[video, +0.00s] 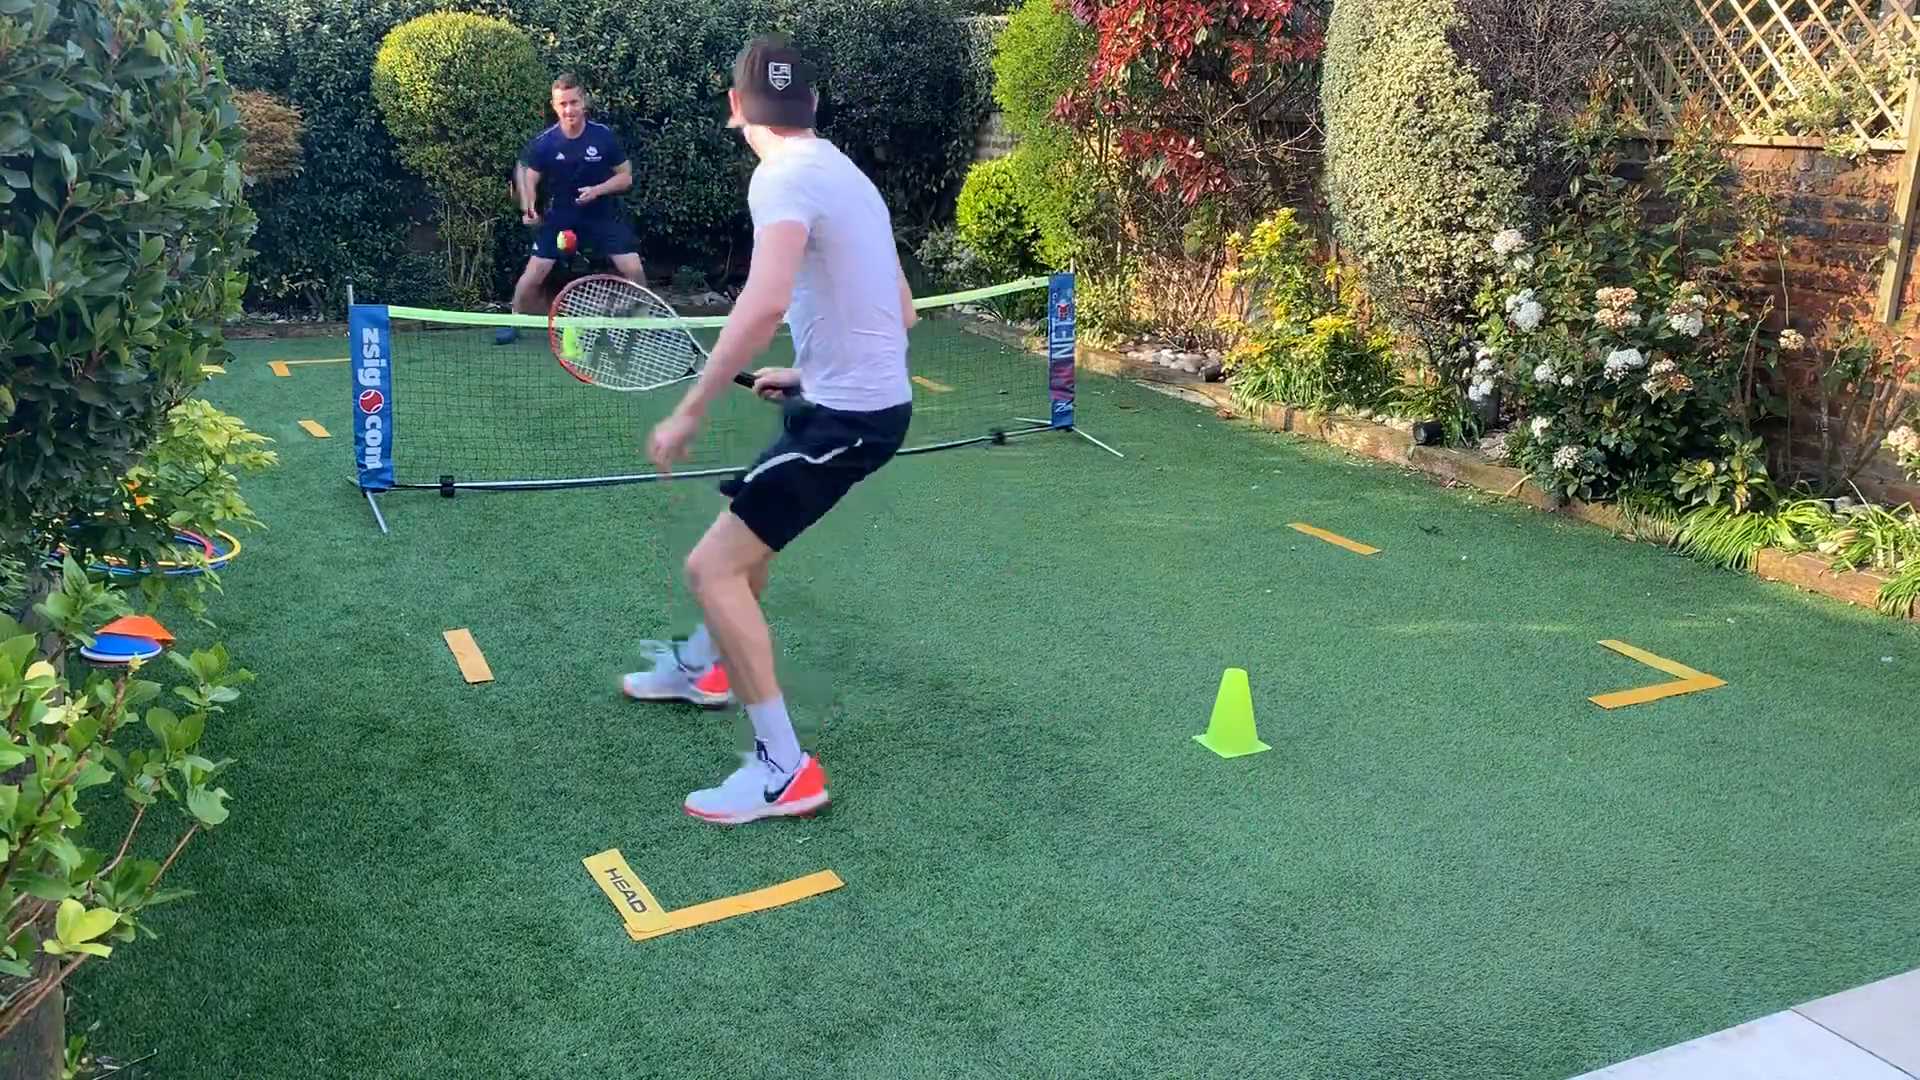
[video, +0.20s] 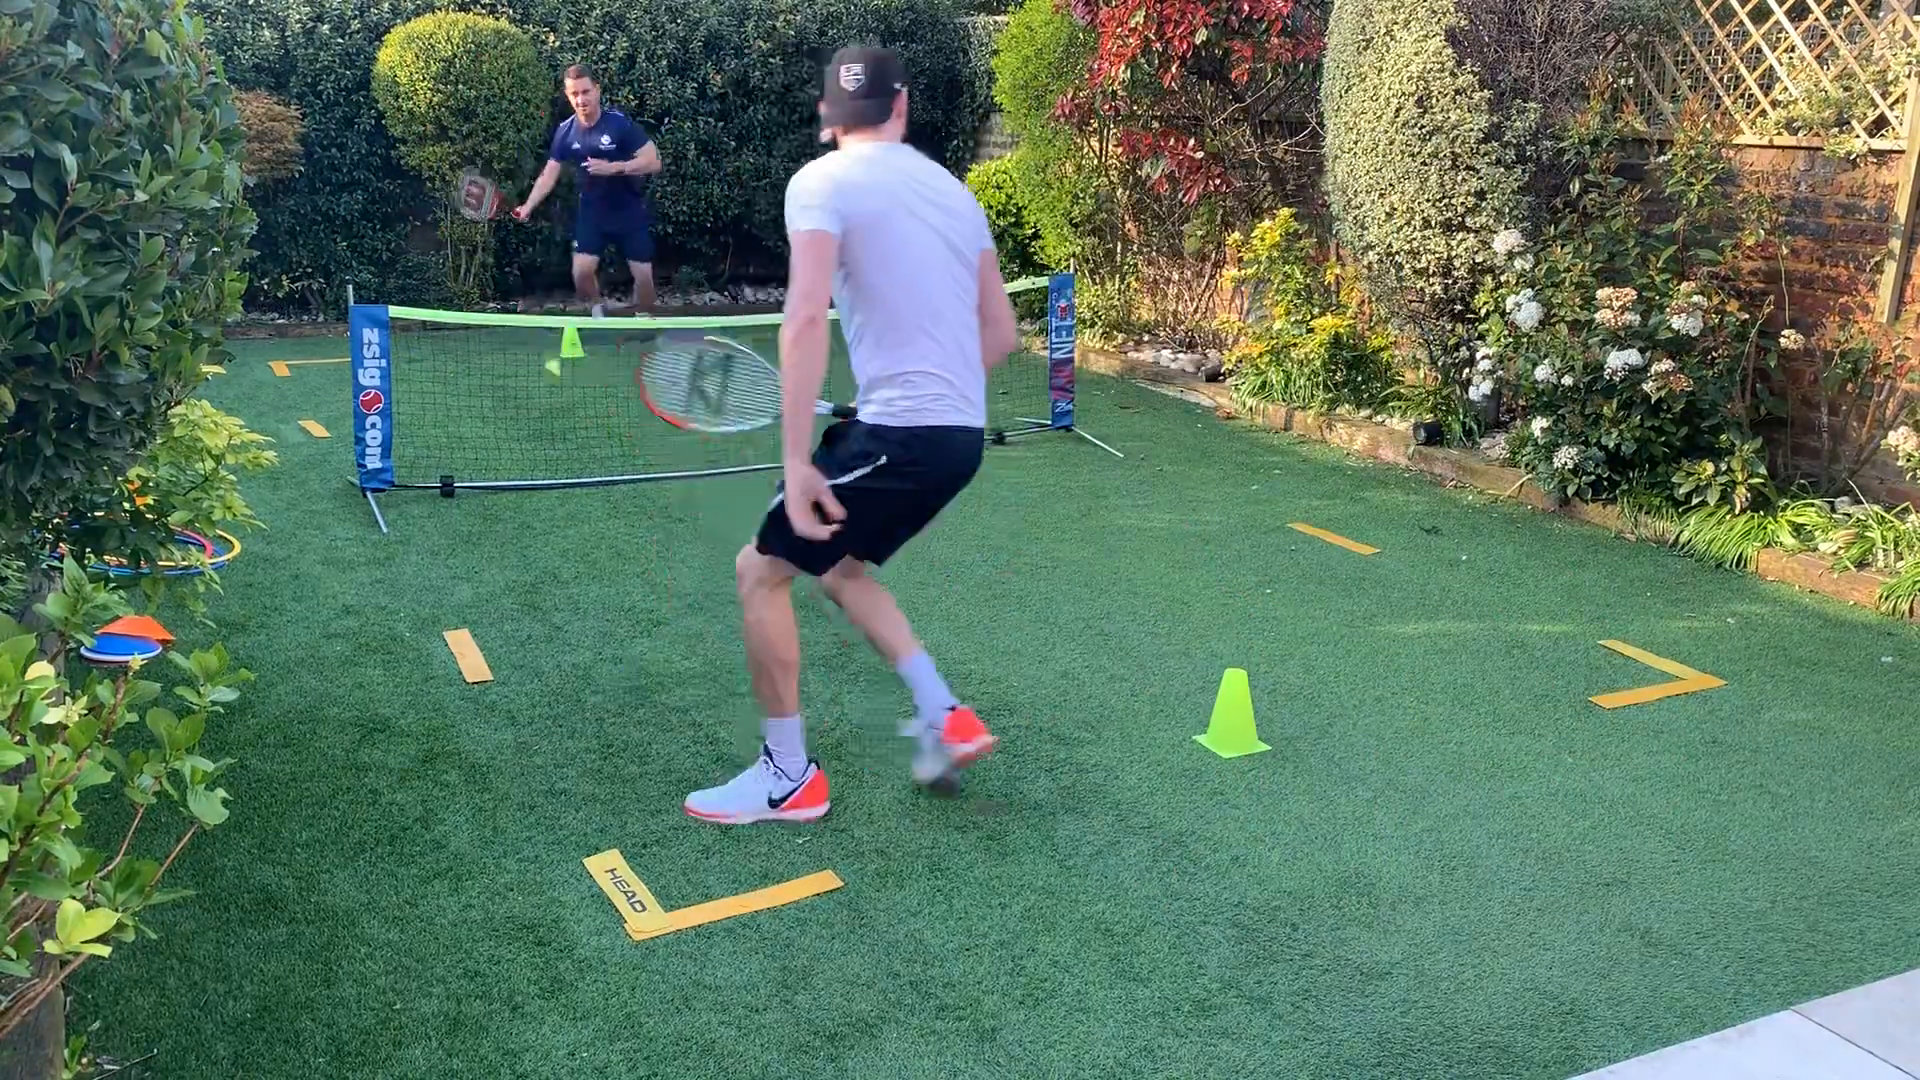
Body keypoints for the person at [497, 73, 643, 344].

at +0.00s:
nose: (569, 110)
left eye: (573, 103)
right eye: (562, 104)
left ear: (584, 103)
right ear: (554, 106)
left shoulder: (603, 136)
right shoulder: (544, 144)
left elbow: (626, 178)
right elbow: (530, 180)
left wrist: (596, 191)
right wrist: (529, 206)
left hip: (601, 215)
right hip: (560, 217)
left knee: (633, 269)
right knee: (534, 272)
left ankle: (642, 324)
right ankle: (512, 322)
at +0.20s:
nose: (581, 100)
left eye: (586, 92)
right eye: (574, 94)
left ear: (598, 90)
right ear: (567, 96)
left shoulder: (619, 123)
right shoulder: (566, 132)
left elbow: (653, 162)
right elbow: (549, 175)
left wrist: (613, 167)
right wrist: (528, 206)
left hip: (628, 209)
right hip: (591, 211)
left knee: (643, 274)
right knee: (581, 272)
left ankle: (646, 332)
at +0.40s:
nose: (579, 119)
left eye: (583, 111)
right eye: (573, 114)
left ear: (596, 108)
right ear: (567, 116)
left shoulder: (623, 134)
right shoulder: (571, 150)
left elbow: (663, 163)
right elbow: (564, 200)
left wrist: (630, 186)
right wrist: (552, 239)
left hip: (646, 210)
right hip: (613, 215)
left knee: (653, 269)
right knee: (622, 280)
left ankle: (678, 314)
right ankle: (642, 323)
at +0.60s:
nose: (589, 139)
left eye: (594, 132)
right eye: (583, 134)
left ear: (607, 127)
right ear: (577, 134)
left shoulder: (637, 149)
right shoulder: (582, 172)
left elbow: (671, 173)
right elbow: (593, 221)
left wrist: (652, 201)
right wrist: (595, 260)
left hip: (652, 219)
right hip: (618, 227)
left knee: (661, 278)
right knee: (626, 296)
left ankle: (681, 344)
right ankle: (645, 322)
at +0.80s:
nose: (593, 128)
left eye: (598, 120)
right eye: (586, 122)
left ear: (611, 119)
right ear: (579, 125)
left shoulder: (635, 145)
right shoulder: (576, 162)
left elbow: (671, 179)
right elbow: (587, 209)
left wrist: (654, 203)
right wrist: (606, 240)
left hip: (639, 224)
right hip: (601, 230)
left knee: (655, 283)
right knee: (595, 294)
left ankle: (682, 346)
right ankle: (639, 309)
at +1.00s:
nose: (561, 122)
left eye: (567, 114)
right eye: (554, 115)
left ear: (578, 115)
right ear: (545, 119)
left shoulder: (601, 149)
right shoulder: (538, 156)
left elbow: (634, 186)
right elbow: (536, 205)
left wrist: (604, 200)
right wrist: (549, 226)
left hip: (607, 231)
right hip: (566, 232)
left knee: (639, 294)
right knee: (532, 276)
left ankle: (681, 346)